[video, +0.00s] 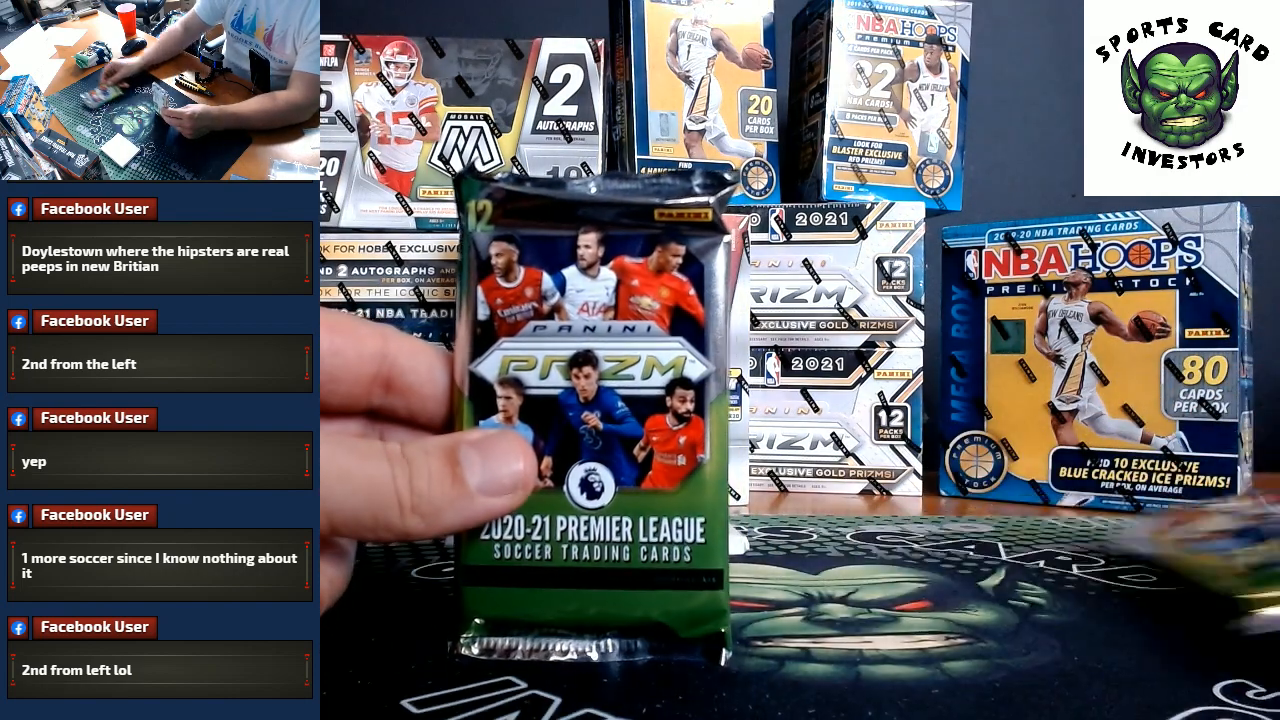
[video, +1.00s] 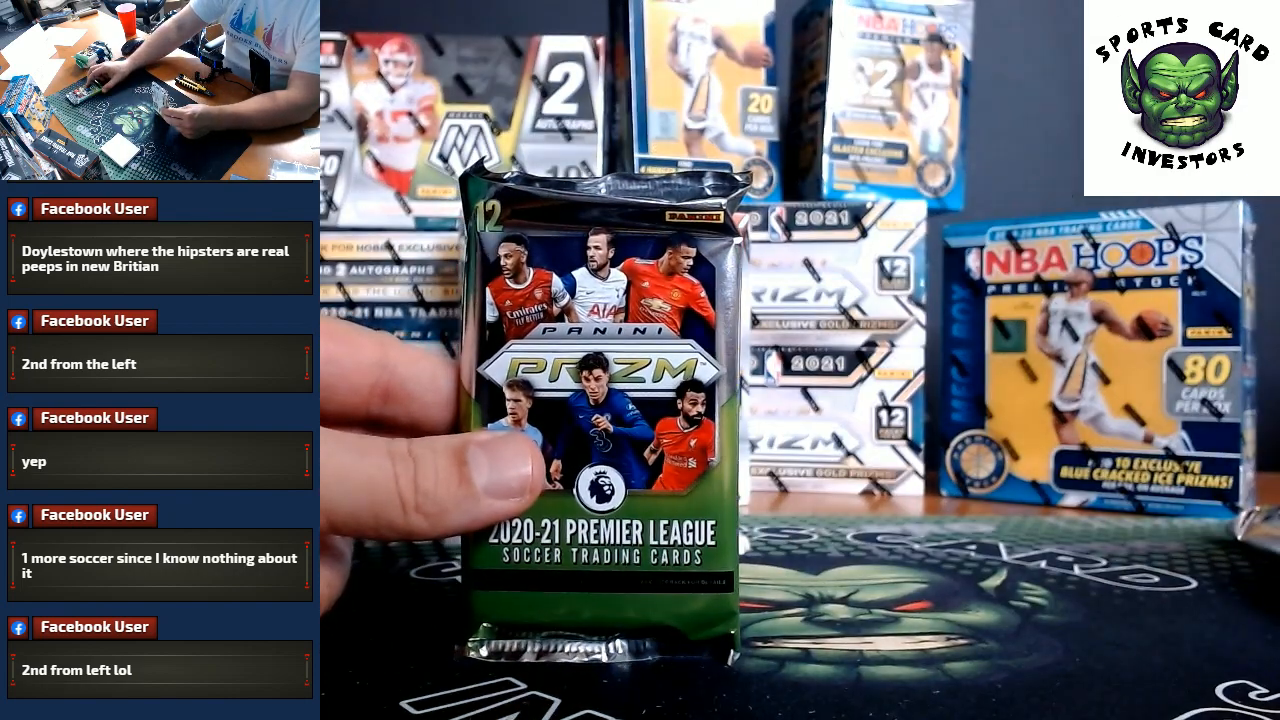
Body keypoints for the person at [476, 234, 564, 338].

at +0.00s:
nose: (493, 262)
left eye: (499, 256)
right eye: (491, 257)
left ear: (514, 255)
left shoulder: (540, 278)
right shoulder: (484, 290)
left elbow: (559, 309)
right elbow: (482, 329)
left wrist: (566, 335)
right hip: (507, 350)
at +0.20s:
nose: (493, 262)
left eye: (498, 256)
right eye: (491, 257)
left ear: (514, 255)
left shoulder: (539, 278)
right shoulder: (483, 290)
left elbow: (560, 309)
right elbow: (477, 328)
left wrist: (566, 335)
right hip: (506, 350)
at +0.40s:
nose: (495, 263)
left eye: (501, 256)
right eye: (493, 257)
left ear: (516, 256)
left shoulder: (541, 278)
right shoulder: (485, 291)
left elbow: (561, 309)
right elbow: (477, 328)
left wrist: (567, 336)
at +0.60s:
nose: (492, 263)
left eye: (498, 256)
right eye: (490, 257)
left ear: (513, 256)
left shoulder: (538, 278)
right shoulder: (482, 291)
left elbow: (559, 309)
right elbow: (477, 329)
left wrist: (567, 337)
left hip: (539, 348)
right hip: (505, 351)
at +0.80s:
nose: (493, 262)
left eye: (499, 256)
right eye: (491, 257)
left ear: (514, 255)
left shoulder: (539, 278)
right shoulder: (484, 290)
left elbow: (560, 309)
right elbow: (478, 329)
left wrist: (568, 336)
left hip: (540, 348)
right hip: (506, 351)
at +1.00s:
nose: (502, 263)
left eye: (508, 257)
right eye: (500, 257)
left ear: (523, 257)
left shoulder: (549, 280)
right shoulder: (492, 291)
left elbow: (570, 311)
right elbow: (489, 332)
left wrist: (577, 341)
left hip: (549, 351)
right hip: (515, 353)